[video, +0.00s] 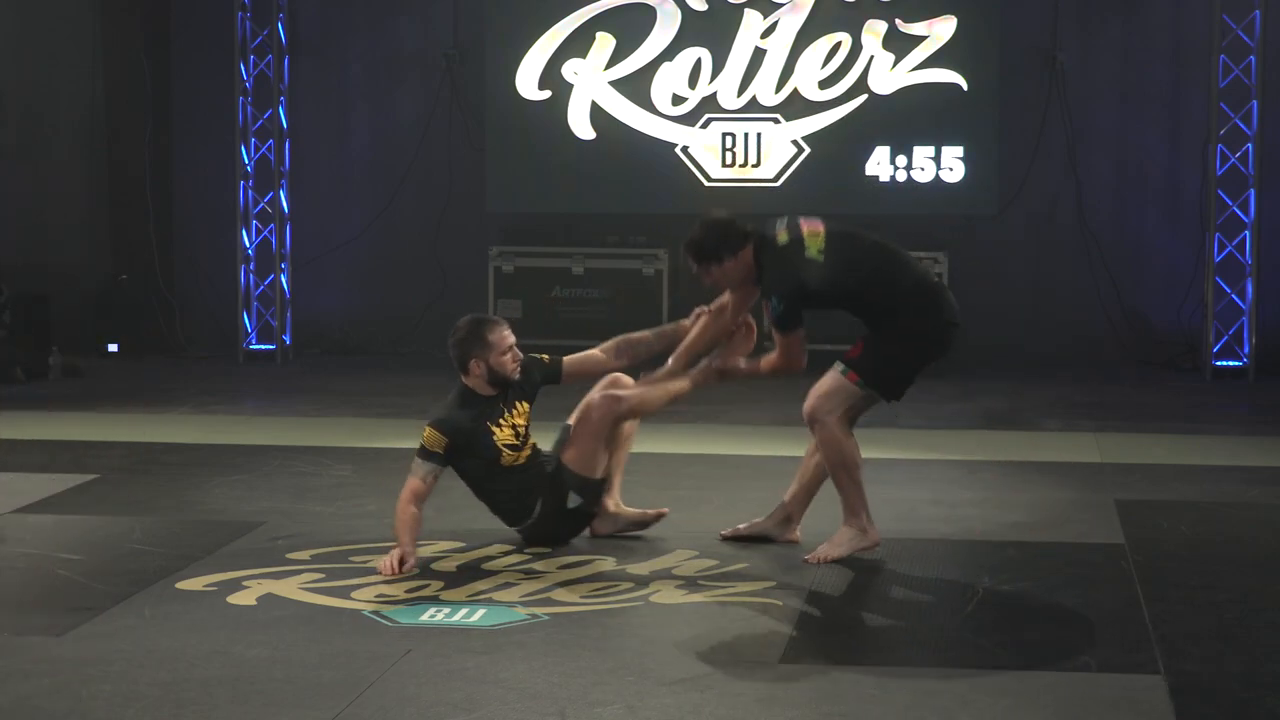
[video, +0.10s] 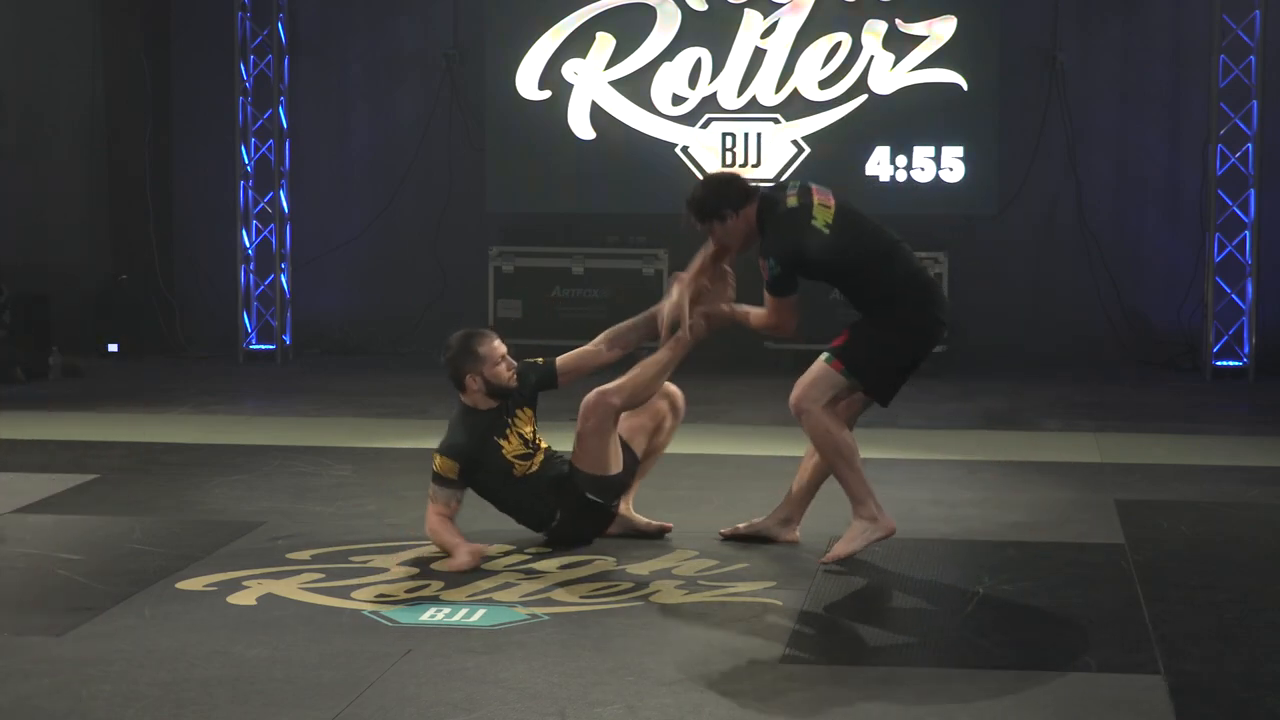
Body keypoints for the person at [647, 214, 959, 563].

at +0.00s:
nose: (709, 283)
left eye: (708, 272)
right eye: (704, 274)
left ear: (732, 259)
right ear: (735, 250)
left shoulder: (780, 279)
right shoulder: (770, 241)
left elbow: (791, 361)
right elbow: (726, 312)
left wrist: (743, 366)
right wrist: (670, 369)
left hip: (916, 317)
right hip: (916, 308)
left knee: (822, 409)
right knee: (834, 418)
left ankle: (859, 526)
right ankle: (785, 519)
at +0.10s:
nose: (714, 241)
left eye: (713, 230)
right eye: (709, 233)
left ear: (734, 215)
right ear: (739, 205)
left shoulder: (776, 244)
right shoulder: (782, 194)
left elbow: (781, 322)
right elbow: (723, 241)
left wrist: (726, 312)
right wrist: (682, 288)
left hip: (900, 312)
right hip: (918, 303)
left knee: (808, 400)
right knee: (838, 416)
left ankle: (870, 516)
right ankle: (785, 520)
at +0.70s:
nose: (748, 169)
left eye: (746, 157)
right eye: (743, 160)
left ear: (768, 146)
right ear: (778, 141)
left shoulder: (814, 174)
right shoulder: (837, 154)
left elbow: (873, 251)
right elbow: (898, 226)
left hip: (916, 288)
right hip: (954, 286)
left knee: (834, 402)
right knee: (941, 424)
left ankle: (865, 533)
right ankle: (980, 548)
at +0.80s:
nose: (745, 176)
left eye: (744, 164)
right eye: (740, 166)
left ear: (765, 151)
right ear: (773, 147)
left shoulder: (811, 178)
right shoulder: (830, 161)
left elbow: (874, 251)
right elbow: (863, 260)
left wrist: (922, 324)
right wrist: (855, 349)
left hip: (916, 294)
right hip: (953, 288)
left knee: (846, 409)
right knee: (951, 426)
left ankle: (843, 548)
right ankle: (981, 548)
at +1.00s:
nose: (717, 191)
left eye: (713, 180)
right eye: (712, 183)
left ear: (731, 166)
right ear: (751, 152)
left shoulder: (781, 188)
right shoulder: (806, 168)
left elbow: (835, 273)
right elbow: (833, 272)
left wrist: (858, 356)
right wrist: (811, 348)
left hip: (891, 294)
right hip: (932, 286)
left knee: (852, 417)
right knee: (923, 421)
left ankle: (847, 560)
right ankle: (975, 544)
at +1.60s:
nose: (643, 237)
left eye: (642, 224)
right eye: (639, 228)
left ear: (662, 208)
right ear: (665, 209)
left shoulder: (706, 212)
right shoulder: (708, 243)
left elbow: (755, 259)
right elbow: (659, 312)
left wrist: (726, 339)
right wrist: (592, 338)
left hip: (824, 298)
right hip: (851, 296)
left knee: (735, 405)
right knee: (791, 410)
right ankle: (804, 537)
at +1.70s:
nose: (631, 233)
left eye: (628, 221)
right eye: (626, 225)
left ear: (646, 207)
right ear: (655, 206)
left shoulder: (691, 215)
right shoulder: (697, 229)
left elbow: (713, 286)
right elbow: (665, 320)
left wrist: (665, 344)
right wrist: (601, 363)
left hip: (807, 300)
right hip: (834, 294)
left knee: (720, 414)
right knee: (776, 412)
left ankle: (696, 547)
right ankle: (801, 535)